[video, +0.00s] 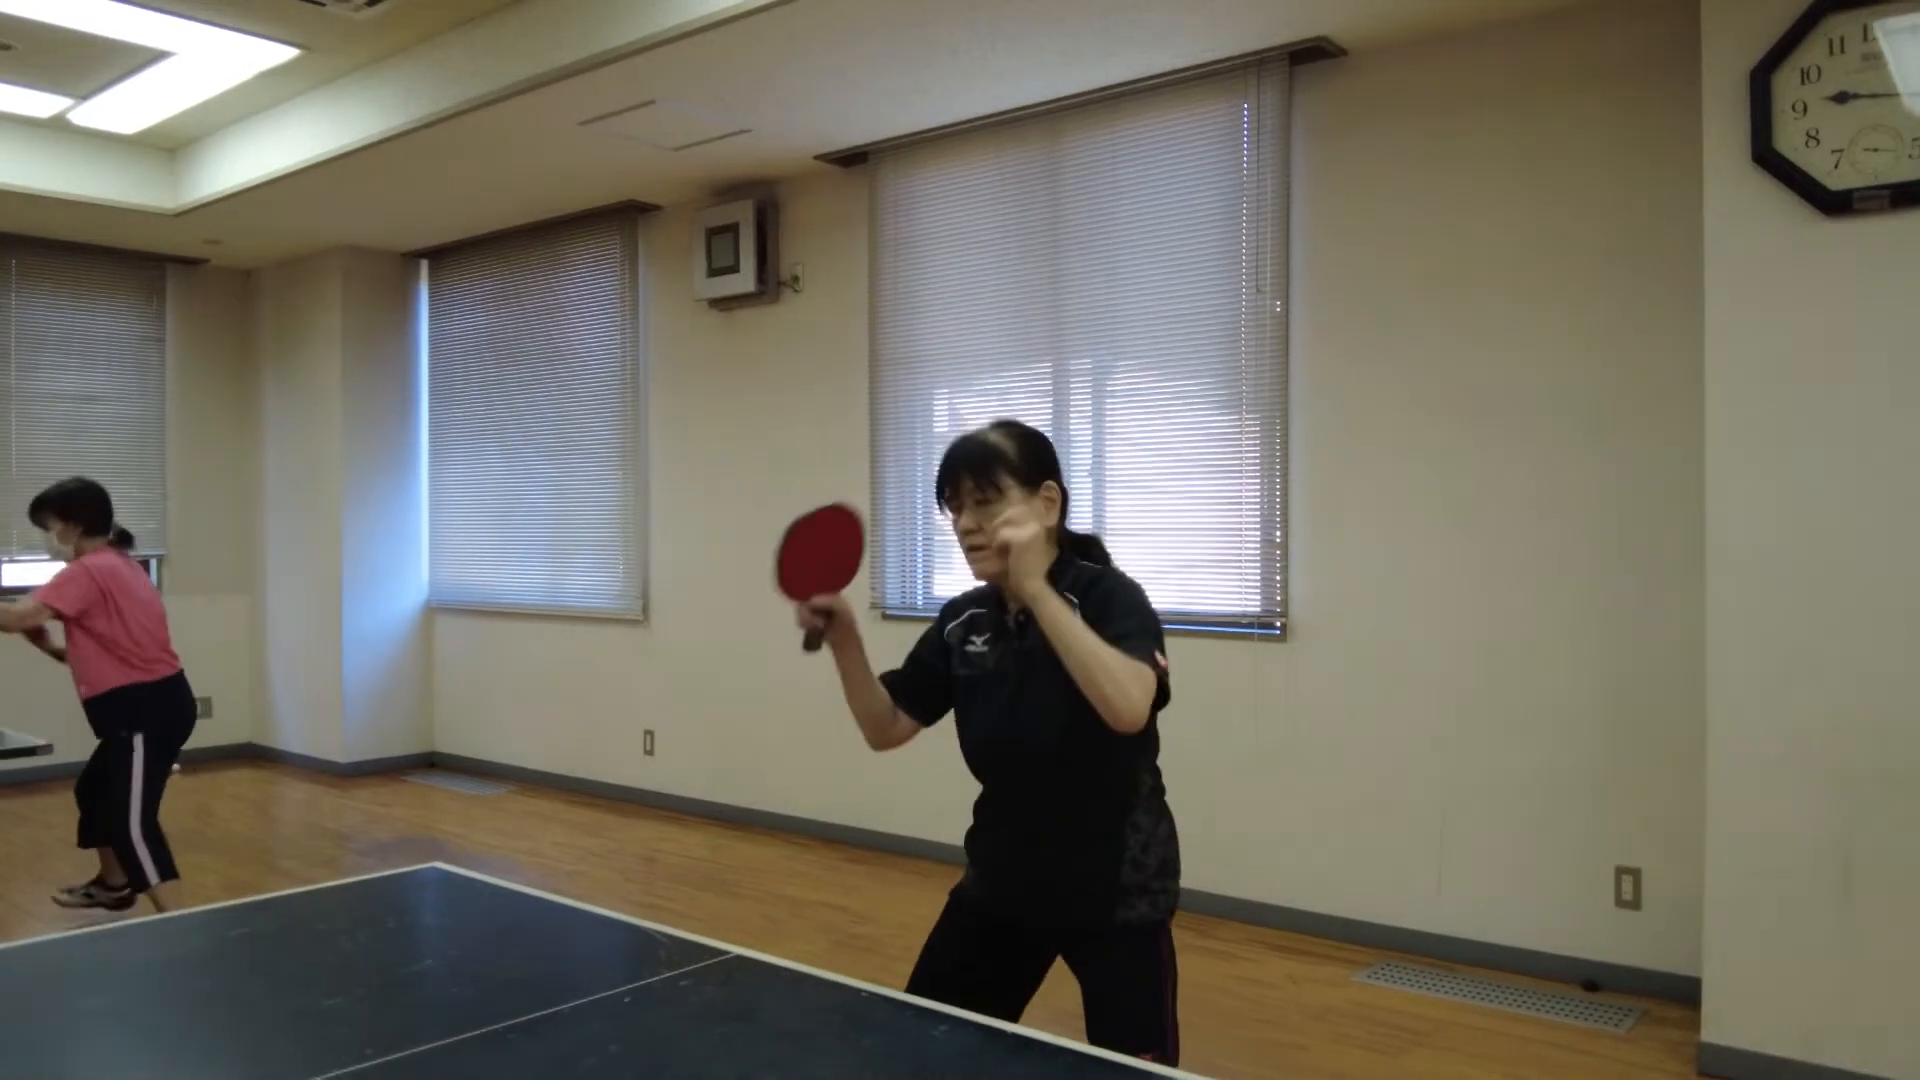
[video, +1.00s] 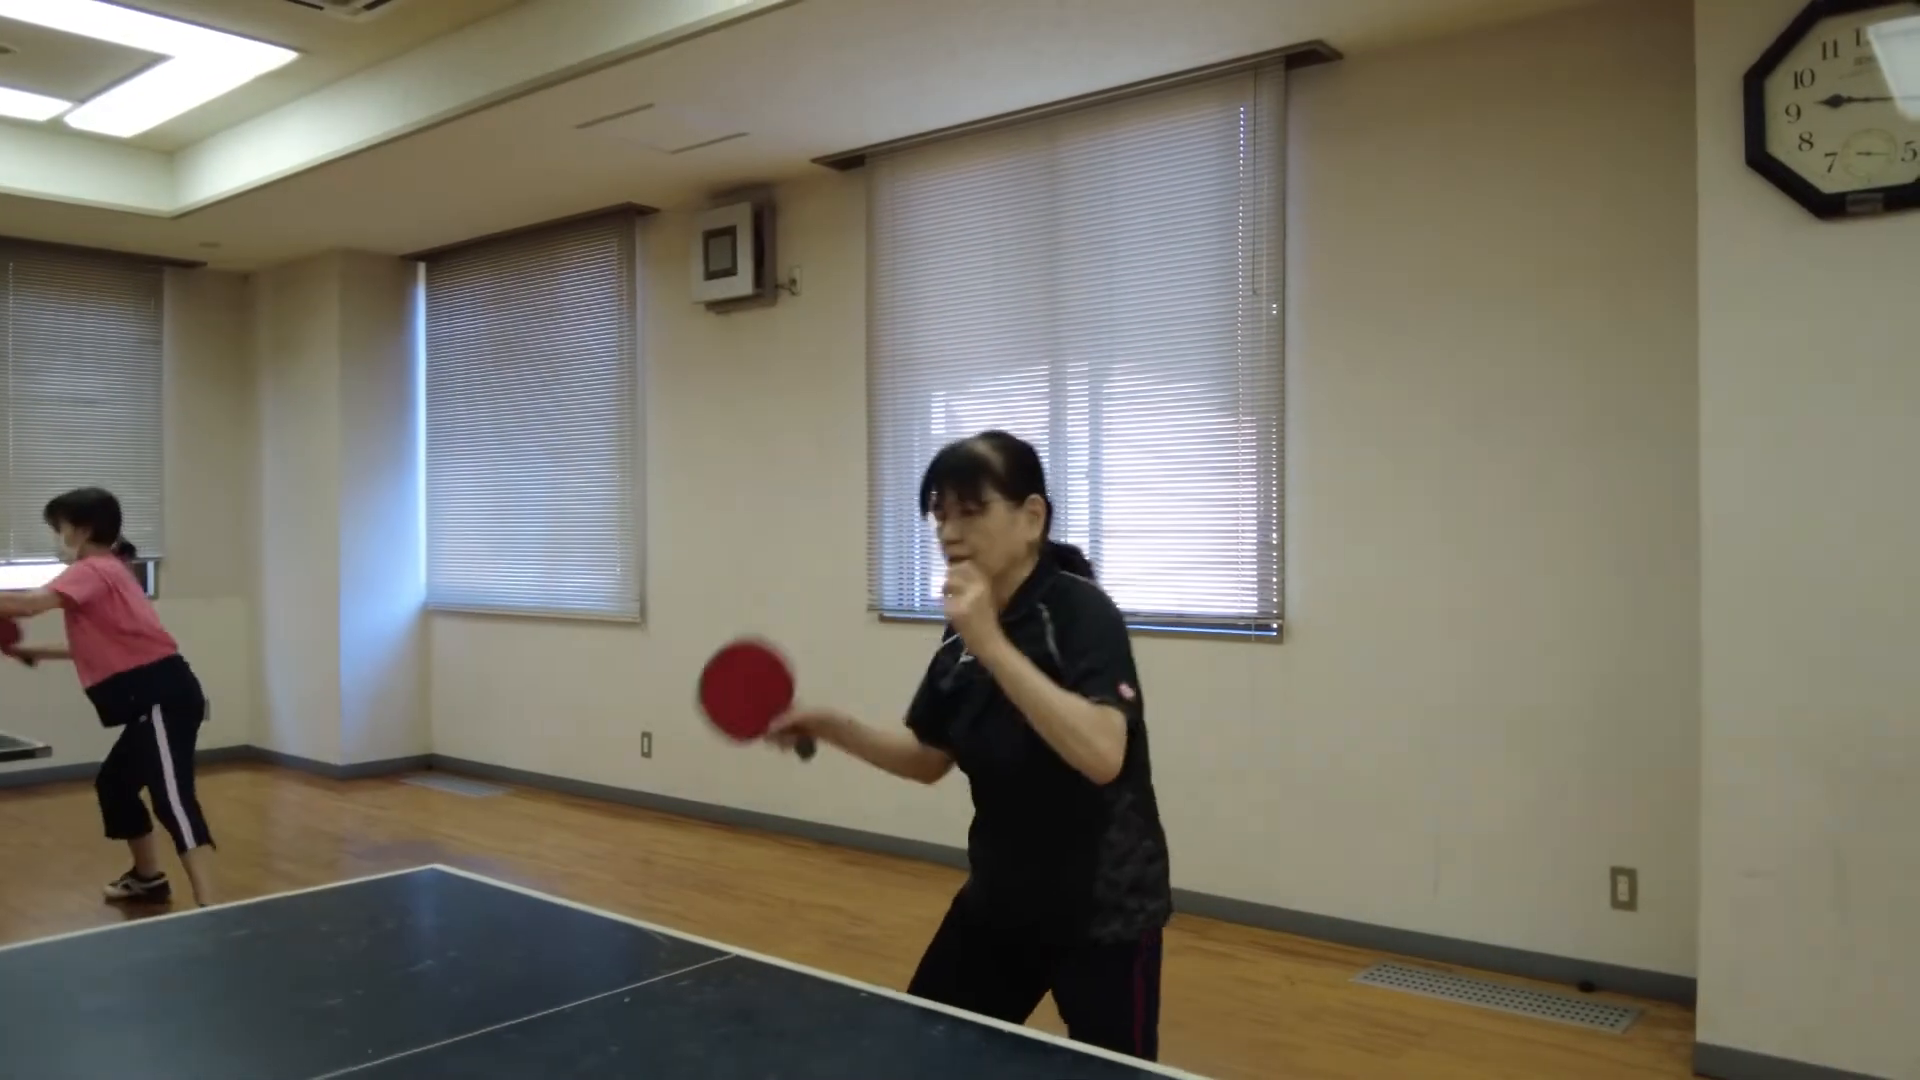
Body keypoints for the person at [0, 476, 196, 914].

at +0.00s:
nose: (51, 540)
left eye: (53, 529)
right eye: (49, 530)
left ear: (74, 524)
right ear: (94, 523)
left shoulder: (90, 570)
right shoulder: (121, 567)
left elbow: (22, 616)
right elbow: (103, 658)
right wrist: (48, 645)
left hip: (146, 711)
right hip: (146, 706)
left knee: (133, 821)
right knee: (93, 791)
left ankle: (176, 922)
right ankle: (114, 882)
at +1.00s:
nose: (59, 540)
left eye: (62, 530)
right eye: (58, 531)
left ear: (84, 528)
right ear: (97, 530)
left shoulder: (95, 568)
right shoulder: (107, 571)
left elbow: (32, 604)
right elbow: (96, 646)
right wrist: (33, 652)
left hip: (164, 695)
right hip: (156, 697)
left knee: (172, 797)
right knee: (115, 782)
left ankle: (209, 905)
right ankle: (147, 875)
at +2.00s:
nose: (19, 545)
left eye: (25, 534)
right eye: (17, 536)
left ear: (55, 537)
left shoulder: (71, 579)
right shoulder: (56, 592)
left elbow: (106, 610)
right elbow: (71, 666)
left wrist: (128, 635)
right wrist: (35, 715)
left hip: (127, 696)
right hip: (114, 699)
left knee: (50, 780)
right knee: (89, 789)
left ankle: (16, 884)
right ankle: (149, 869)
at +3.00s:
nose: (60, 502)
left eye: (68, 492)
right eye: (59, 492)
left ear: (98, 496)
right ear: (83, 498)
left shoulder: (119, 549)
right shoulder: (93, 547)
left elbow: (146, 638)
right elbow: (102, 625)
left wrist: (82, 675)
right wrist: (57, 643)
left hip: (147, 684)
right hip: (120, 683)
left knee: (118, 802)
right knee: (104, 794)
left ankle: (156, 911)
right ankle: (128, 888)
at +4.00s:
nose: (89, 505)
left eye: (98, 495)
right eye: (87, 496)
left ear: (130, 498)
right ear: (97, 501)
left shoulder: (146, 549)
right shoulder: (104, 549)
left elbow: (86, 595)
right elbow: (93, 635)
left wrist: (83, 533)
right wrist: (52, 635)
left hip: (107, 679)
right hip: (72, 678)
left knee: (110, 794)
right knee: (82, 790)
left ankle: (148, 905)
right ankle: (119, 892)